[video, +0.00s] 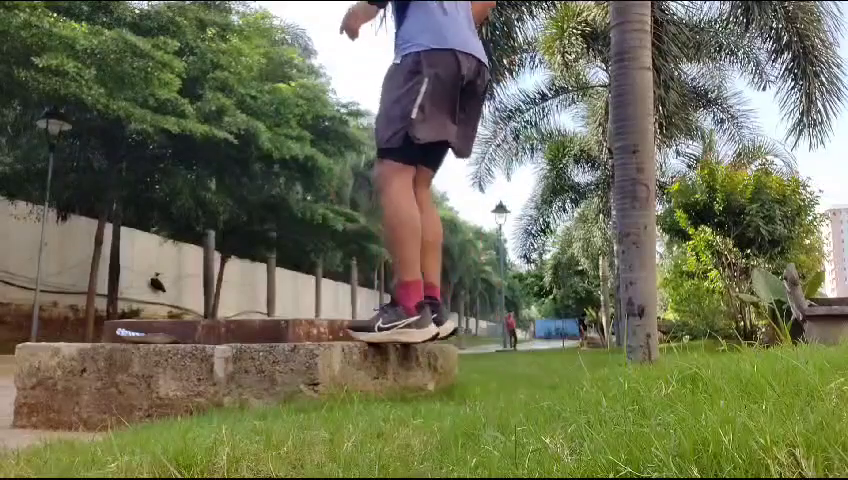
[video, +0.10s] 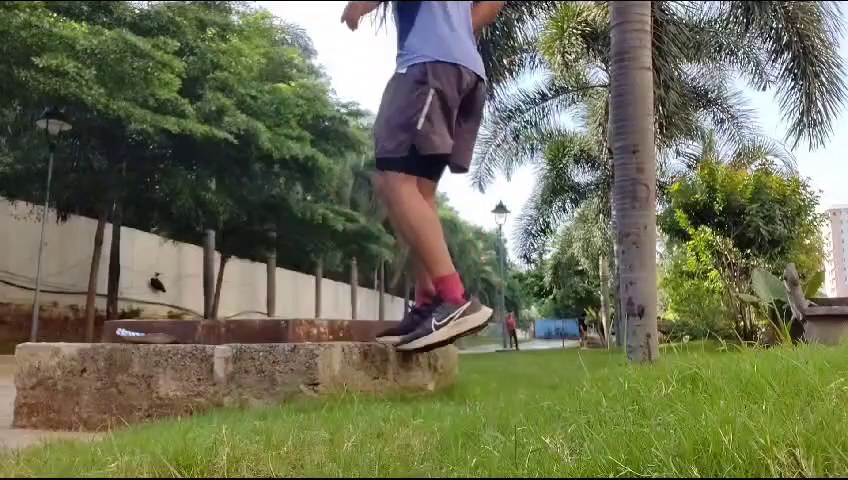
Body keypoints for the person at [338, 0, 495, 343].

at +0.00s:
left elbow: (368, 8)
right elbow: (485, 4)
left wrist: (353, 20)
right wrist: (452, 30)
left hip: (426, 50)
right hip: (472, 58)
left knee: (394, 176)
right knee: (421, 184)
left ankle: (408, 306)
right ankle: (431, 306)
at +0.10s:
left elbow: (366, 3)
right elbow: (494, 3)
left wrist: (354, 10)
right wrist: (457, 30)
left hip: (428, 55)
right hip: (469, 66)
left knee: (393, 180)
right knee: (423, 190)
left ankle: (454, 299)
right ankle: (425, 305)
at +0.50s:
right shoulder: (476, 5)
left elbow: (457, 3)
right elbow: (511, 38)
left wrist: (403, 55)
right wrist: (469, 89)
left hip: (442, 107)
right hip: (475, 113)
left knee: (426, 242)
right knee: (431, 243)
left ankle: (496, 368)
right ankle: (478, 364)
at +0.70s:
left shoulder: (416, 5)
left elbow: (465, 3)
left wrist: (407, 59)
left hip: (440, 103)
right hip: (483, 119)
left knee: (342, 184)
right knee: (452, 248)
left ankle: (409, 277)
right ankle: (490, 371)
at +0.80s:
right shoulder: (453, 11)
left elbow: (427, 2)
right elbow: (461, 33)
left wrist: (390, 35)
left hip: (425, 77)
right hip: (473, 94)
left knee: (347, 187)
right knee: (436, 221)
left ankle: (390, 303)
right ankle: (482, 338)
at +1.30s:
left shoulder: (414, 2)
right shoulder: (467, 8)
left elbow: (387, 6)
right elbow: (515, 4)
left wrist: (375, 10)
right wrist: (470, 44)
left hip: (444, 90)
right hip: (480, 98)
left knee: (441, 236)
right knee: (382, 190)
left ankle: (477, 362)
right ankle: (436, 287)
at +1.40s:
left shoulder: (415, 5)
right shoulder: (470, 6)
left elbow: (430, 4)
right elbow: (514, 37)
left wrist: (390, 39)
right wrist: (480, 93)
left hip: (447, 122)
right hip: (480, 124)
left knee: (448, 256)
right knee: (382, 220)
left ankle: (502, 380)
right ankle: (469, 299)